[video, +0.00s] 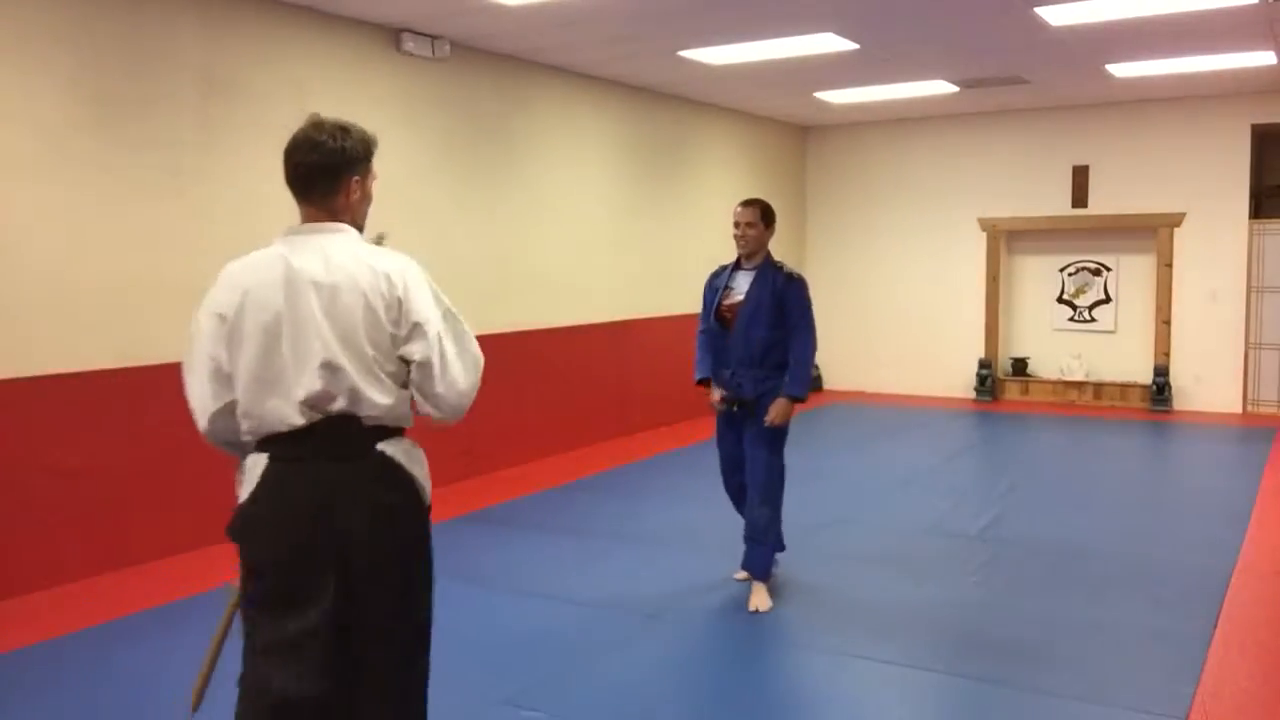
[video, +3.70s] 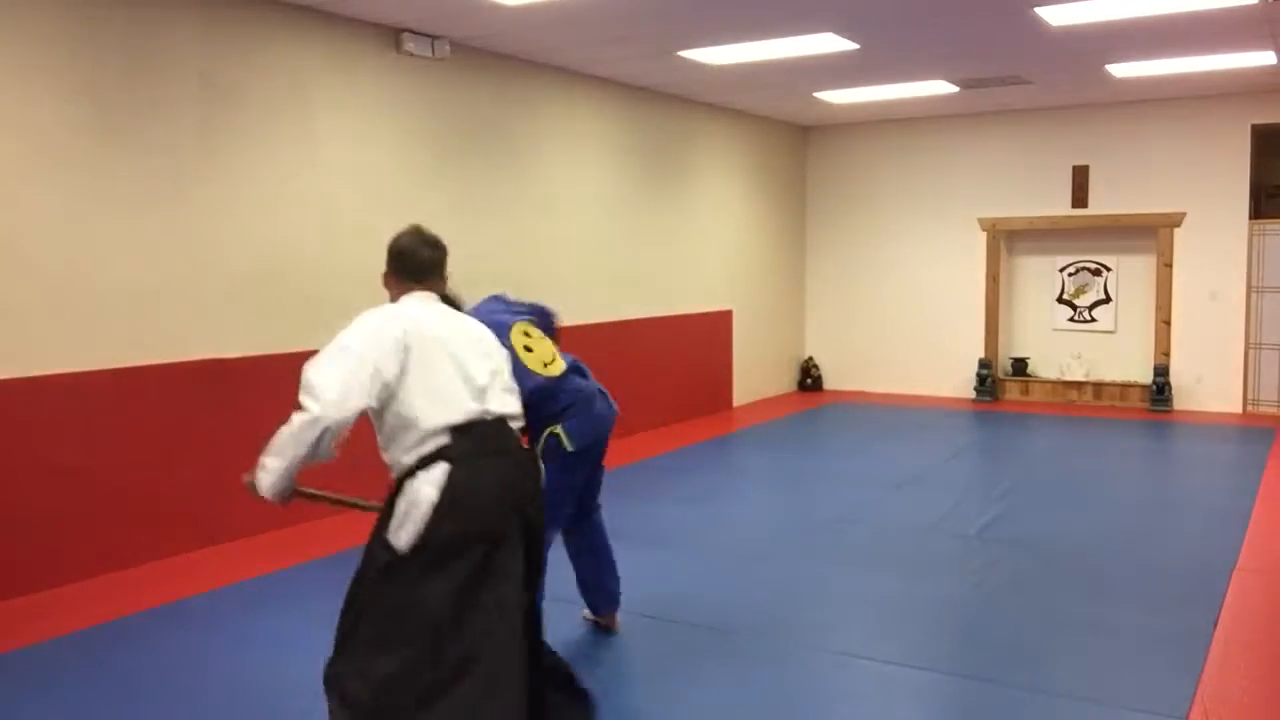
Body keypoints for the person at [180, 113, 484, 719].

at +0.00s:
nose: (370, 192)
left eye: (369, 179)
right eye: (369, 180)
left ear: (296, 185)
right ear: (356, 186)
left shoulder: (239, 280)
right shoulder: (394, 276)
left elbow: (213, 413)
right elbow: (451, 391)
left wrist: (275, 443)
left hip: (280, 499)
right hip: (382, 496)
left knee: (278, 673)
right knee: (388, 671)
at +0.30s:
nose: (393, 187)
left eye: (391, 176)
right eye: (390, 176)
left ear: (326, 184)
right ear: (375, 184)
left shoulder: (271, 267)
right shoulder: (406, 265)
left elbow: (257, 380)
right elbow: (451, 383)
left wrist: (321, 382)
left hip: (296, 465)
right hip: (386, 465)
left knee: (304, 633)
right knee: (395, 633)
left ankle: (302, 719)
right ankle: (393, 717)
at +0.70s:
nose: (389, 192)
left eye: (386, 179)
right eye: (382, 182)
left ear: (329, 194)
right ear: (355, 191)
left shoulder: (285, 264)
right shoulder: (371, 260)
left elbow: (292, 364)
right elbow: (411, 364)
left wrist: (383, 376)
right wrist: (476, 343)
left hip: (307, 429)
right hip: (368, 432)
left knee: (331, 589)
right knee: (401, 583)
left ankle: (344, 709)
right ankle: (408, 708)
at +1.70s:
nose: (411, 201)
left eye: (408, 191)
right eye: (403, 192)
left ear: (361, 202)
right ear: (376, 199)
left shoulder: (310, 263)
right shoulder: (383, 265)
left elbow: (288, 356)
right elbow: (411, 367)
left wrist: (315, 410)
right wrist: (461, 440)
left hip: (318, 424)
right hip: (372, 427)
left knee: (324, 565)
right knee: (394, 569)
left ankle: (311, 695)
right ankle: (394, 701)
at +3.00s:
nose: (393, 226)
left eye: (391, 216)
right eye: (390, 218)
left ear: (334, 225)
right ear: (376, 222)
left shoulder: (293, 290)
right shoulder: (401, 291)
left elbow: (275, 379)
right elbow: (463, 381)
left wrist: (323, 400)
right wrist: (494, 355)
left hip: (317, 445)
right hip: (387, 444)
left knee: (324, 576)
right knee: (431, 574)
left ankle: (315, 706)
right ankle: (449, 704)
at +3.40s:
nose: (357, 217)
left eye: (356, 211)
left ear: (356, 214)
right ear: (413, 213)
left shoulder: (347, 267)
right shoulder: (457, 269)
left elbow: (330, 341)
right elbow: (467, 341)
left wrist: (275, 417)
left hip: (392, 441)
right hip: (470, 433)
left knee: (354, 593)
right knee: (474, 588)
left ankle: (364, 705)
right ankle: (476, 705)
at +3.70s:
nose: (388, 282)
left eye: (388, 274)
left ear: (389, 278)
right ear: (443, 278)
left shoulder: (384, 325)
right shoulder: (477, 330)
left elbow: (328, 405)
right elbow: (505, 412)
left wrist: (274, 471)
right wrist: (417, 476)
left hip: (447, 480)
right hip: (517, 474)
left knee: (379, 619)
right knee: (501, 617)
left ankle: (367, 705)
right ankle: (505, 706)